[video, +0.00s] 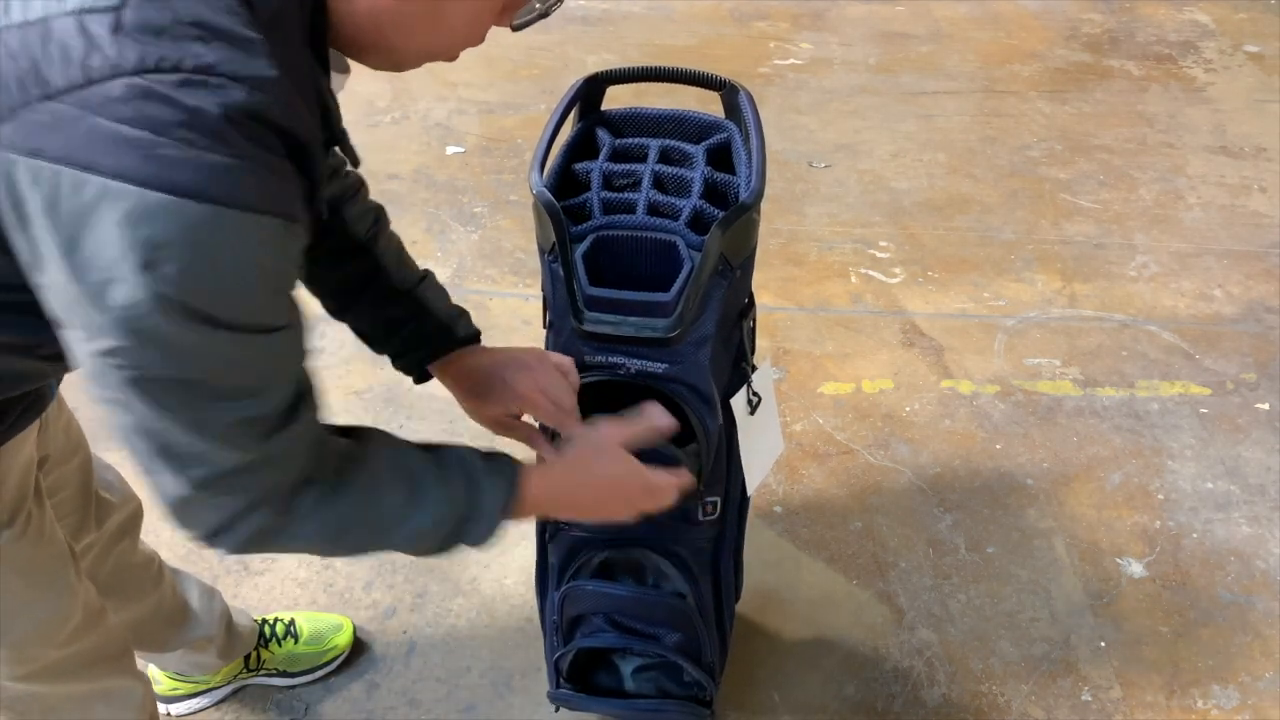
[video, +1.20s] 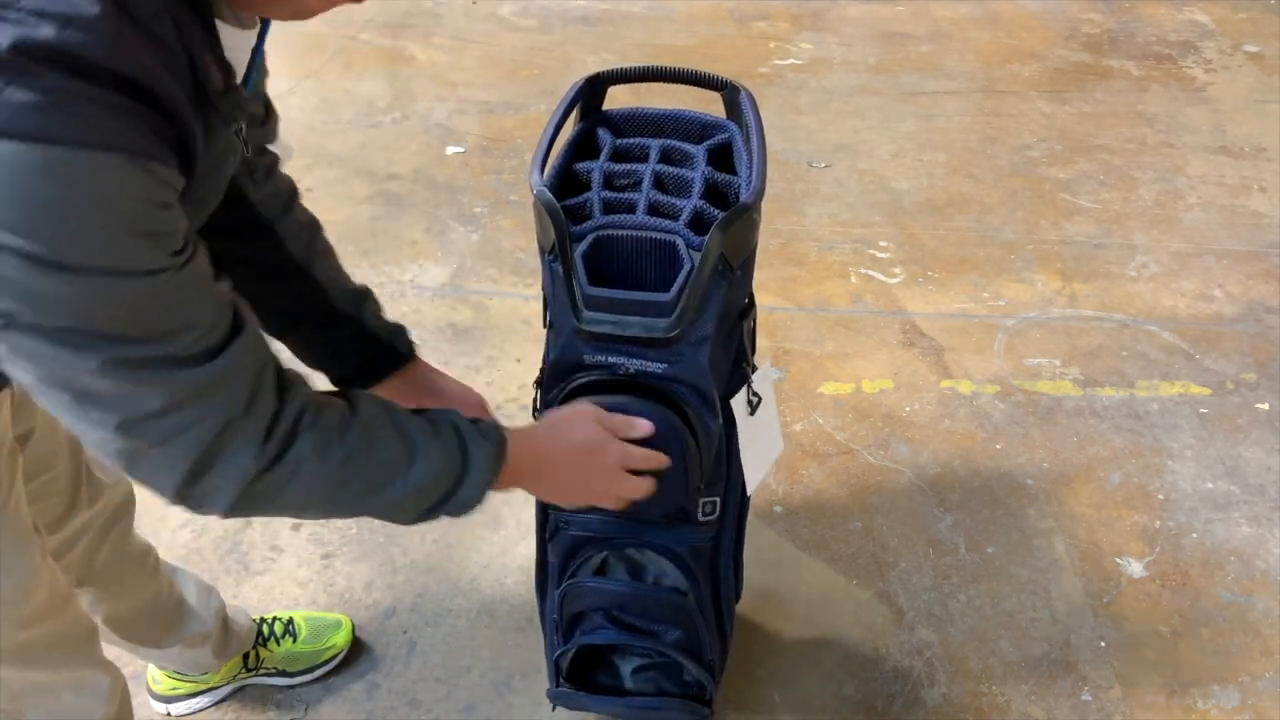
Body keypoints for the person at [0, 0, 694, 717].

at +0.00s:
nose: (483, 37)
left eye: (507, 20)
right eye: (504, 13)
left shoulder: (237, 14)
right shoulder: (164, 128)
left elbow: (316, 195)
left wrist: (461, 360)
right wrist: (537, 487)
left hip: (20, 392)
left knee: (94, 532)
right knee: (69, 666)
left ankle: (202, 654)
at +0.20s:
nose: (445, 56)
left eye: (468, 39)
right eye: (461, 31)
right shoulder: (82, 168)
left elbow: (343, 115)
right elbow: (212, 503)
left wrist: (481, 294)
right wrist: (488, 524)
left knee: (80, 517)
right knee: (59, 644)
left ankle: (202, 653)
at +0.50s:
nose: (408, 82)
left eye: (426, 56)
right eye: (398, 57)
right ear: (238, 13)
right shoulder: (32, 223)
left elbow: (373, 149)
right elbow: (201, 480)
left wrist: (523, 364)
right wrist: (479, 518)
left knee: (83, 513)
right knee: (39, 622)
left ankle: (200, 653)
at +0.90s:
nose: (382, 104)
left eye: (406, 77)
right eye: (383, 76)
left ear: (194, 17)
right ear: (198, 23)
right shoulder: (19, 256)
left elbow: (347, 189)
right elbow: (178, 498)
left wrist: (515, 380)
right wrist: (472, 524)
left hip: (45, 361)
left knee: (97, 518)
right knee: (37, 628)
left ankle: (199, 654)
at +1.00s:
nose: (383, 63)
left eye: (398, 41)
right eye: (386, 41)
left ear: (206, 2)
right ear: (211, 3)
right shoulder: (25, 257)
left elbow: (226, 145)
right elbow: (191, 485)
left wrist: (369, 316)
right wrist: (480, 506)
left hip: (45, 363)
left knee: (94, 520)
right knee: (38, 620)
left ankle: (198, 653)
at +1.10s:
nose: (379, 7)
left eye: (380, 1)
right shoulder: (33, 182)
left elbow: (193, 162)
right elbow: (202, 452)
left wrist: (337, 329)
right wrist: (482, 436)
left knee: (78, 512)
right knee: (45, 641)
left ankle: (197, 653)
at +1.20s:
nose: (341, 6)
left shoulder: (196, 16)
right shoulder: (47, 131)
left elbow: (235, 193)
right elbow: (228, 448)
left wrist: (392, 370)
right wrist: (515, 458)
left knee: (76, 505)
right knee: (35, 625)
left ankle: (198, 654)